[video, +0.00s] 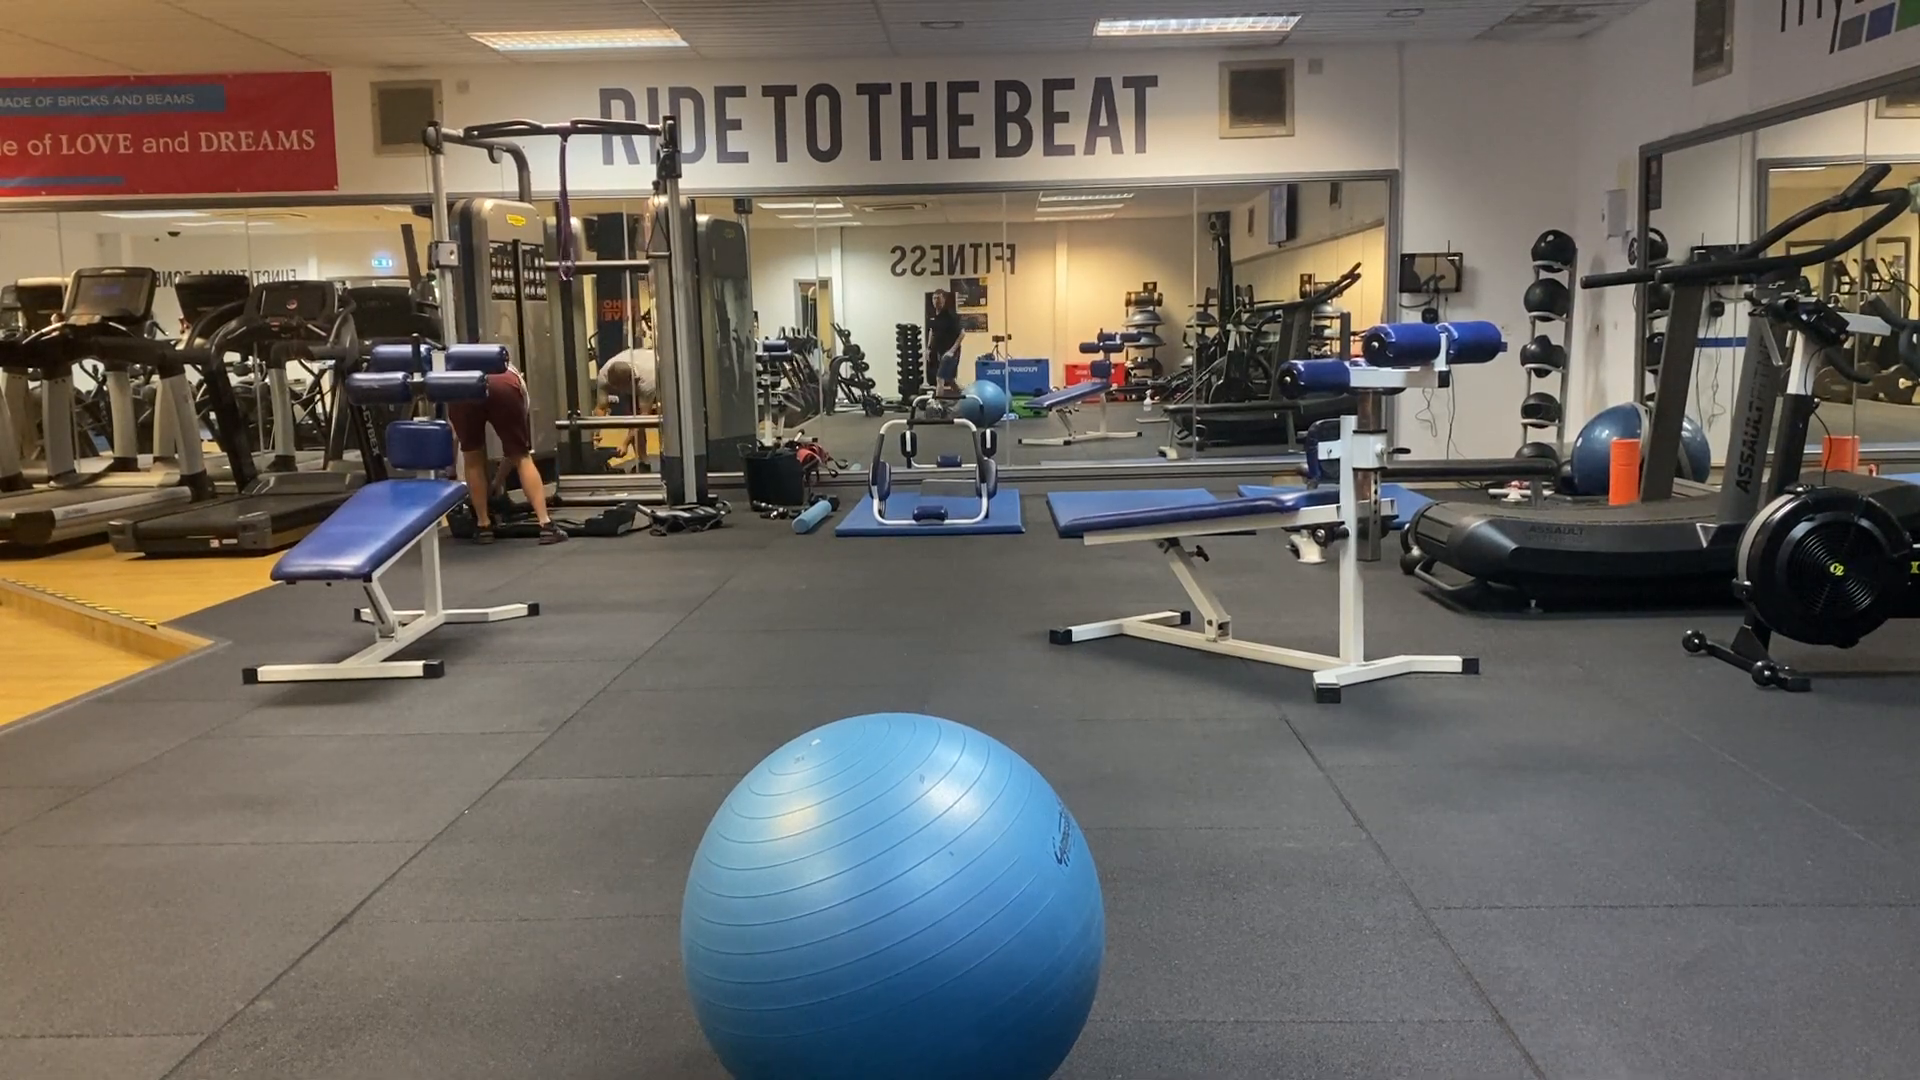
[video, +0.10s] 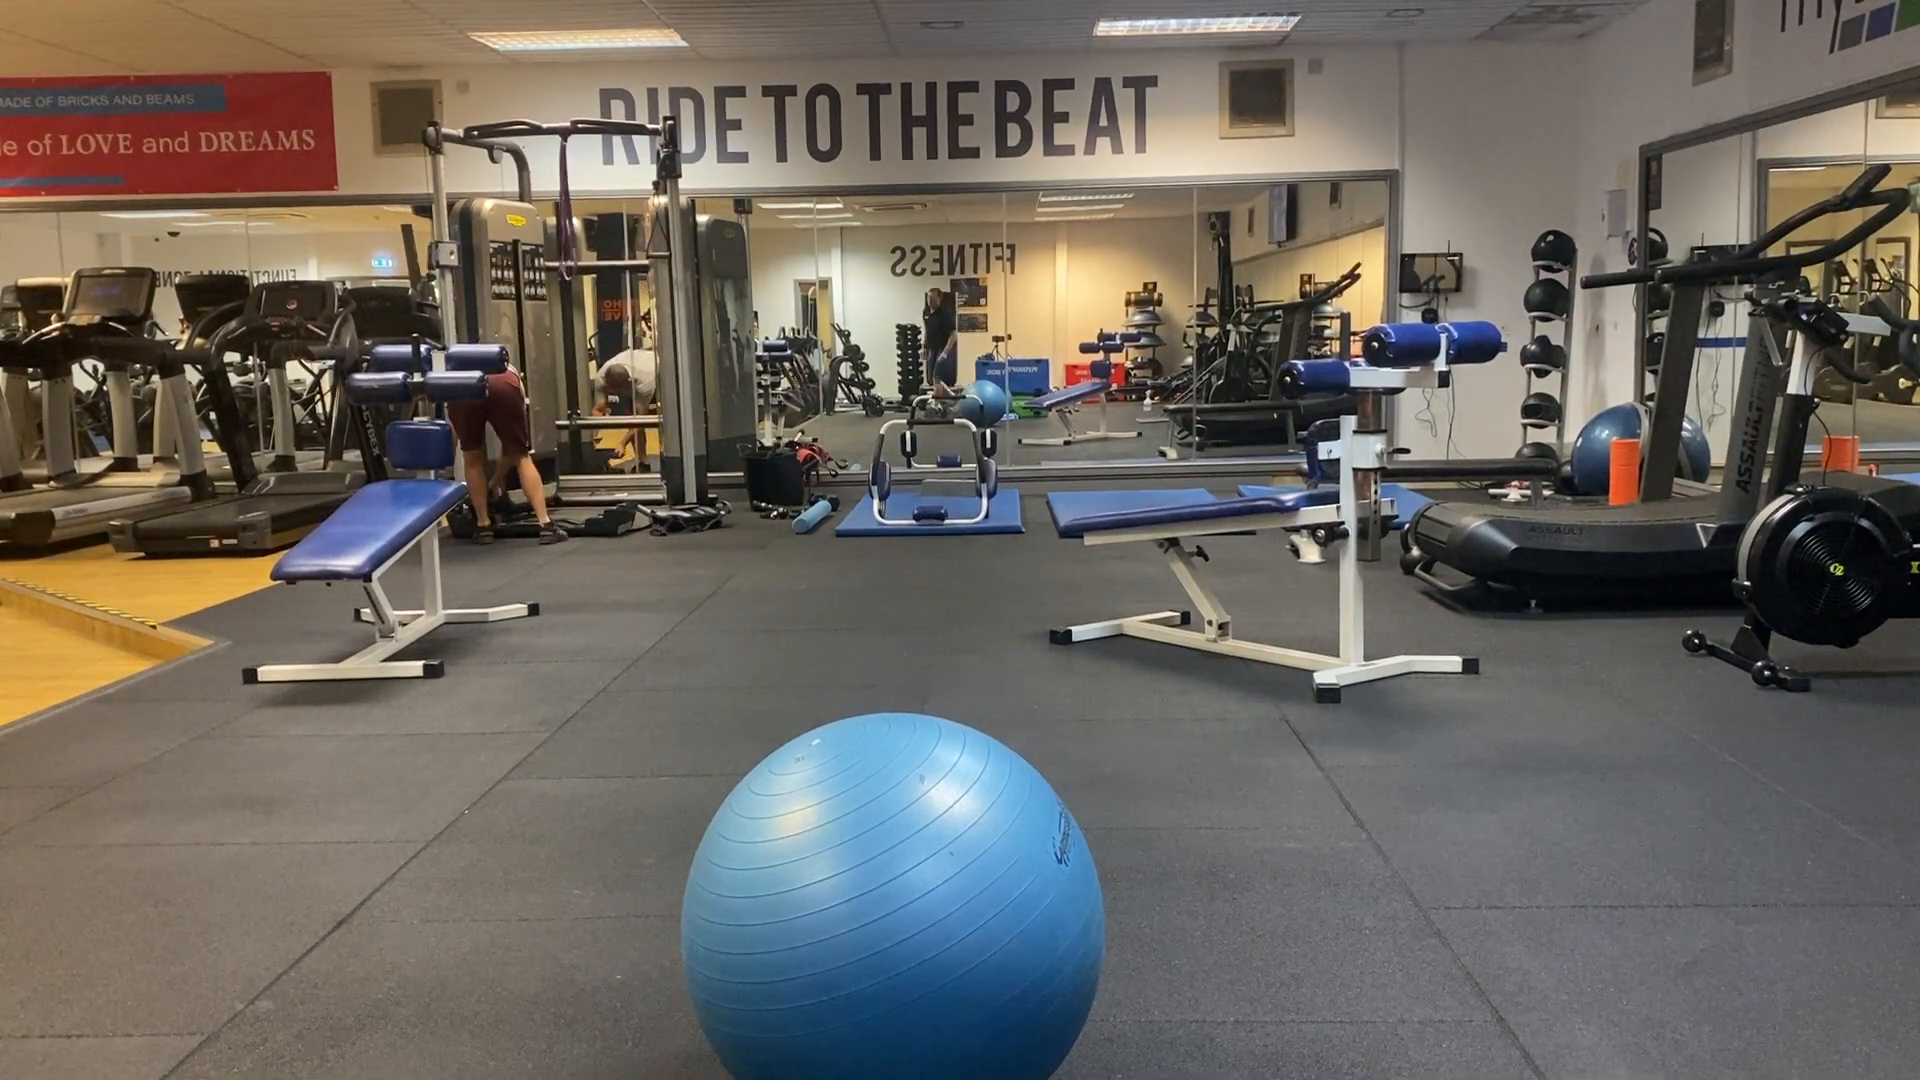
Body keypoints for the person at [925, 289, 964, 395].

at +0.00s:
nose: (937, 301)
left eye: (939, 298)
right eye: (934, 298)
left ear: (944, 300)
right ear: (932, 301)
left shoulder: (951, 315)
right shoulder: (934, 316)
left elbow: (962, 333)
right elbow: (932, 332)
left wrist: (952, 351)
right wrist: (928, 348)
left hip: (951, 351)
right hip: (939, 351)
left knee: (940, 377)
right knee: (950, 379)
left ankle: (937, 403)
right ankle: (963, 397)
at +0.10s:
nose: (930, 300)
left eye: (932, 298)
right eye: (928, 297)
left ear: (939, 298)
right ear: (927, 298)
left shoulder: (945, 313)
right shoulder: (926, 312)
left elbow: (954, 334)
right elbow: (926, 332)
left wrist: (945, 352)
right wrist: (924, 347)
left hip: (943, 348)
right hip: (931, 348)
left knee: (939, 377)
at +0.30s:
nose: (919, 296)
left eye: (922, 294)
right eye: (918, 294)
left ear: (930, 296)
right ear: (918, 295)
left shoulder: (937, 310)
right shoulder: (916, 309)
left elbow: (943, 331)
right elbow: (915, 328)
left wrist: (938, 349)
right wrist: (912, 345)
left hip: (933, 348)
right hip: (919, 347)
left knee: (934, 378)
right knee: (913, 376)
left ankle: (936, 403)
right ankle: (917, 402)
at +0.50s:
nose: (906, 297)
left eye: (909, 295)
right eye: (906, 295)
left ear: (917, 298)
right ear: (907, 297)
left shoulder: (927, 313)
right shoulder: (902, 312)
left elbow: (933, 335)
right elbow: (899, 332)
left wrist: (933, 353)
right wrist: (893, 349)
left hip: (922, 353)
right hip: (905, 353)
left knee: (929, 382)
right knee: (902, 380)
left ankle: (935, 406)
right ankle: (899, 408)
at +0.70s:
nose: (895, 295)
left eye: (898, 293)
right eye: (895, 293)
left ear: (905, 296)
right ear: (895, 294)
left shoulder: (915, 312)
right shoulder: (889, 310)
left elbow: (922, 332)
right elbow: (884, 329)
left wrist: (925, 353)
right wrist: (878, 348)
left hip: (910, 352)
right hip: (893, 351)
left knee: (909, 381)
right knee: (893, 381)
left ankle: (916, 406)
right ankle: (895, 409)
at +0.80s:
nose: (894, 294)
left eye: (897, 292)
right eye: (893, 291)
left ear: (903, 294)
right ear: (890, 292)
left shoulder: (911, 310)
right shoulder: (884, 308)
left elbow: (917, 331)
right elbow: (878, 326)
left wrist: (919, 348)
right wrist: (873, 344)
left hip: (906, 348)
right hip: (890, 348)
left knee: (901, 377)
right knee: (892, 379)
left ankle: (904, 406)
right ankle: (894, 407)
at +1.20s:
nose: (894, 297)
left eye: (895, 294)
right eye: (892, 294)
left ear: (897, 296)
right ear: (885, 294)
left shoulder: (901, 313)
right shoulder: (874, 310)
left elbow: (905, 335)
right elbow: (867, 330)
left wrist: (905, 354)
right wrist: (863, 348)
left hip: (894, 351)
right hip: (877, 350)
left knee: (888, 382)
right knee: (872, 381)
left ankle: (883, 410)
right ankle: (879, 402)